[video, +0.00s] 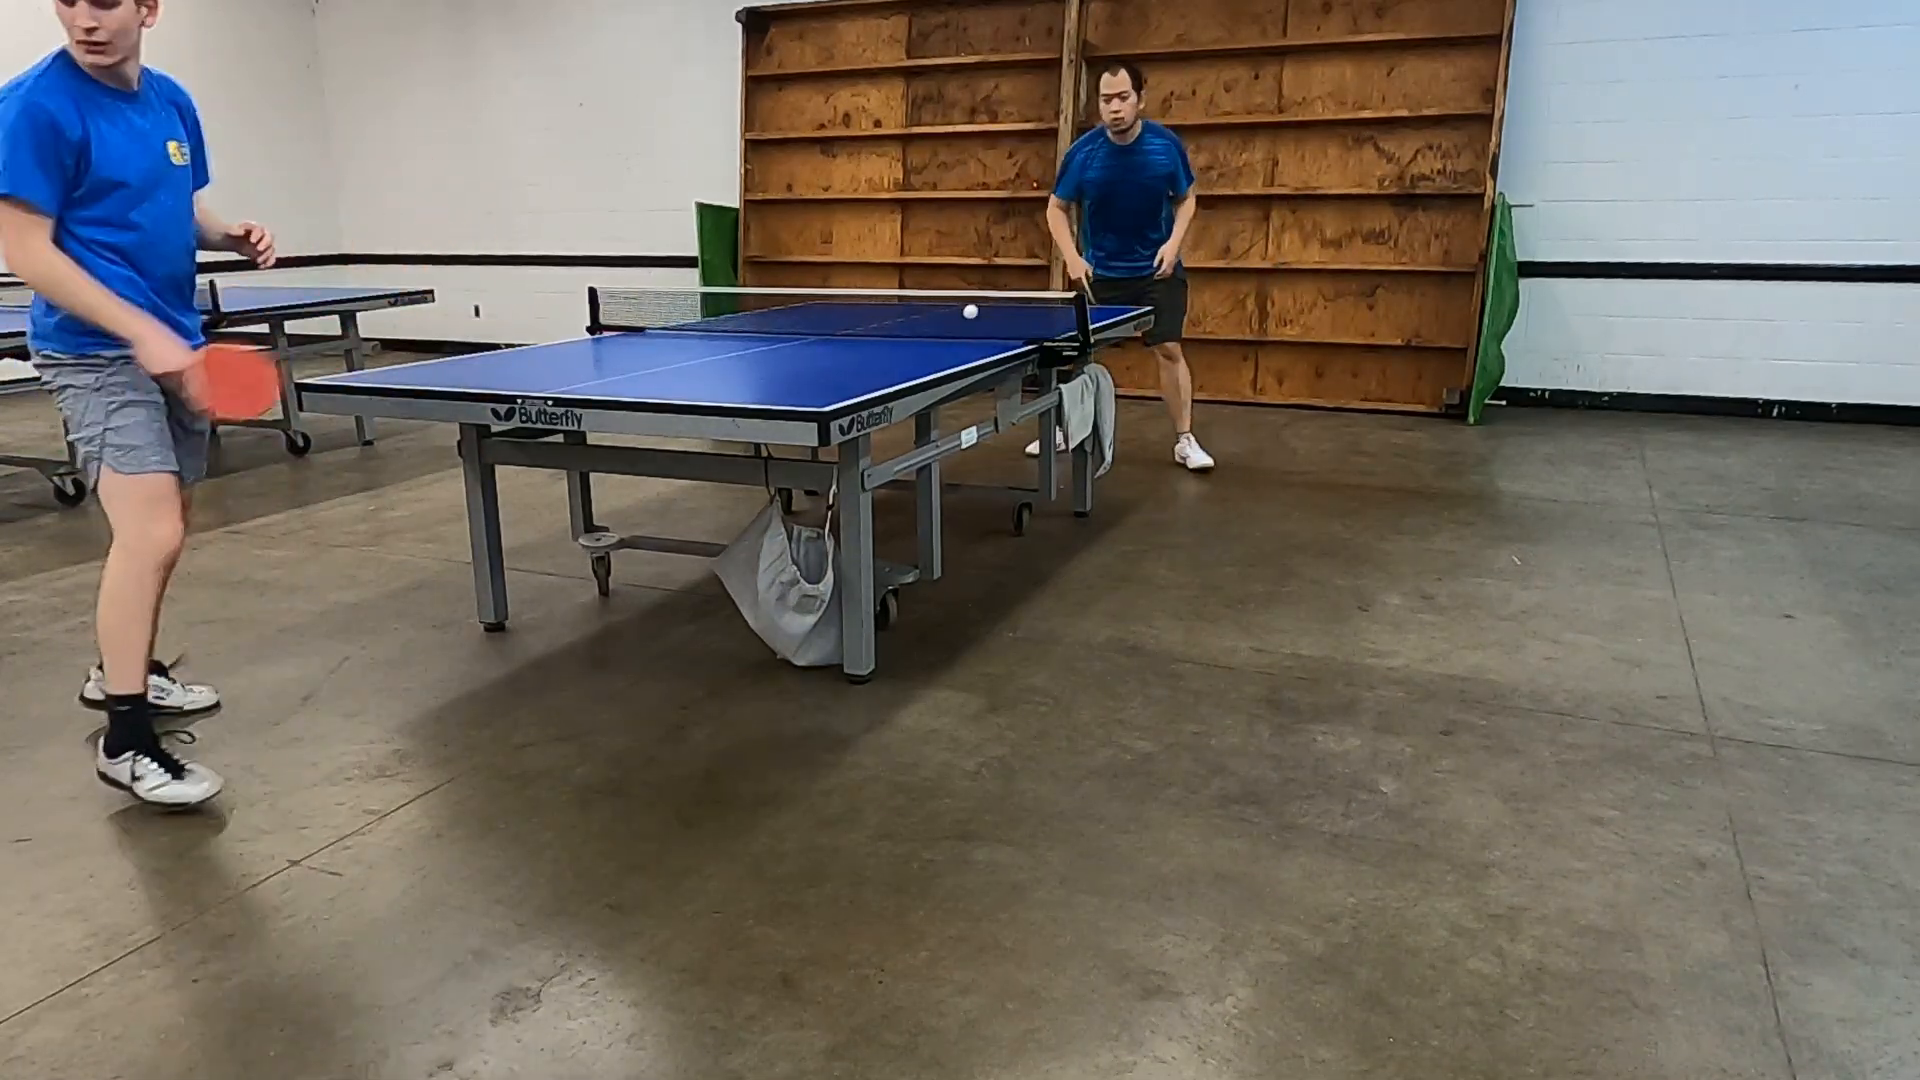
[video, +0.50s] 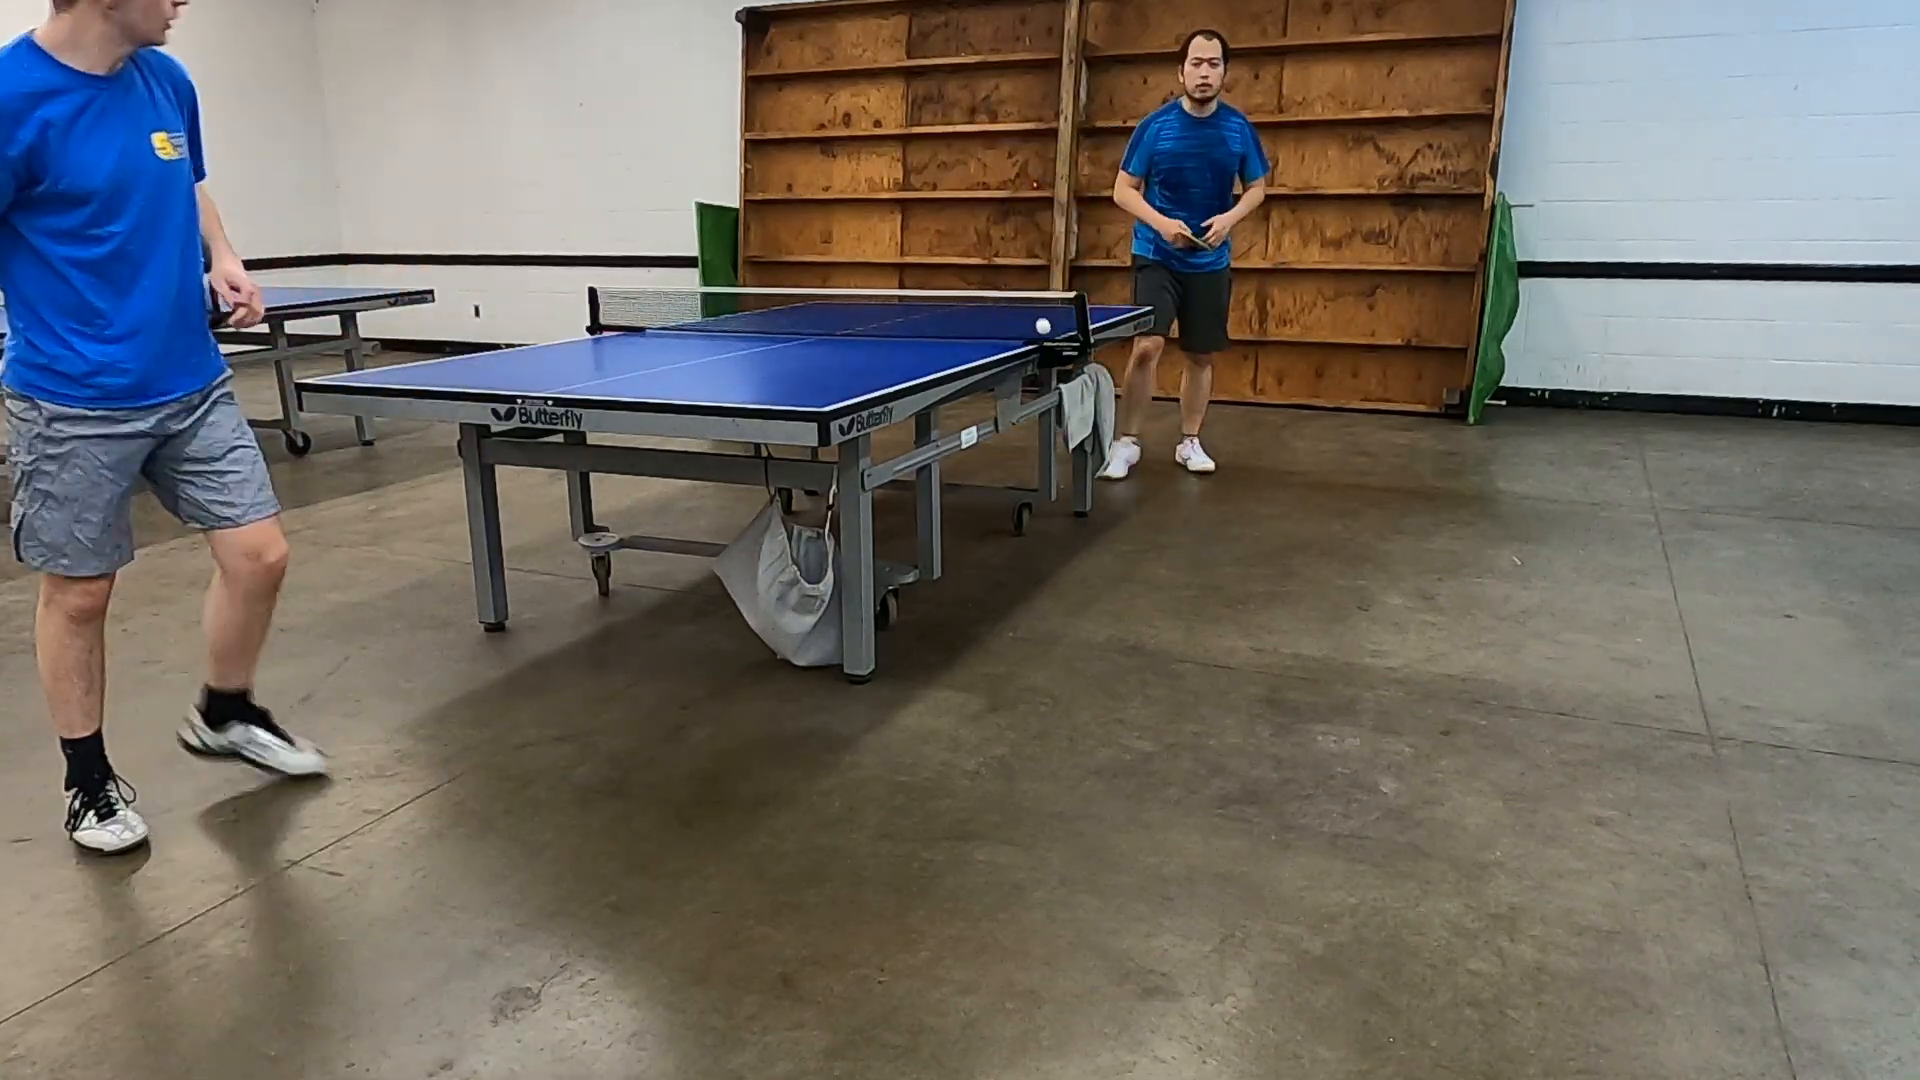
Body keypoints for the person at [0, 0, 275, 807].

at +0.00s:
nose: (85, 19)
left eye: (106, 2)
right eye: (70, 3)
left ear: (148, 10)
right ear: (55, 9)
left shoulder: (172, 102)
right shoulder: (37, 106)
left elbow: (177, 211)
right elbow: (23, 248)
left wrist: (229, 232)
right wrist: (142, 328)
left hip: (170, 342)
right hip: (93, 351)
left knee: (160, 526)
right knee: (150, 534)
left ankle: (126, 670)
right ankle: (126, 743)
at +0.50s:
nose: (178, 7)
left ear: (124, 1)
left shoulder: (165, 78)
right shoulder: (13, 94)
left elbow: (189, 183)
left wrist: (223, 256)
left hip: (188, 379)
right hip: (71, 398)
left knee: (259, 555)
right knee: (78, 594)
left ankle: (225, 712)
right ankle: (88, 784)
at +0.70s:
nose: (270, 10)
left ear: (204, 6)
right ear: (194, 1)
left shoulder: (234, 95)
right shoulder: (83, 105)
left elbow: (228, 226)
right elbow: (31, 274)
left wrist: (288, 286)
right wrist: (49, 427)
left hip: (250, 408)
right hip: (132, 425)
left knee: (289, 593)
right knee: (105, 607)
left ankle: (335, 805)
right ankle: (88, 782)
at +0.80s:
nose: (328, 5)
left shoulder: (281, 92)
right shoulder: (140, 88)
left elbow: (284, 231)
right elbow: (95, 266)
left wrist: (360, 272)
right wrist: (156, 408)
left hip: (304, 404)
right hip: (194, 421)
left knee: (333, 595)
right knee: (175, 621)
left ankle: (341, 810)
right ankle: (90, 753)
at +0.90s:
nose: (375, 6)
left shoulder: (324, 85)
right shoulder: (191, 78)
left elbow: (351, 223)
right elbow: (157, 258)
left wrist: (436, 208)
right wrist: (246, 385)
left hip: (351, 397)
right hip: (255, 405)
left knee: (355, 601)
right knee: (292, 618)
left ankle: (343, 809)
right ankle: (154, 740)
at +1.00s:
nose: (426, 10)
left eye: (428, 0)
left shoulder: (361, 77)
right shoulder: (251, 68)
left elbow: (434, 207)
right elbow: (217, 249)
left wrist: (479, 119)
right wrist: (312, 381)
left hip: (381, 385)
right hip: (308, 393)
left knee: (356, 599)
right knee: (403, 603)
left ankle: (347, 809)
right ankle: (273, 791)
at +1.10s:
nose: (490, 20)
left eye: (493, 10)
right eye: (486, 4)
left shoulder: (413, 82)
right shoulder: (321, 68)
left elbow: (514, 185)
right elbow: (283, 254)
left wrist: (522, 67)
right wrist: (369, 395)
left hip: (424, 388)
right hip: (377, 395)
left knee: (388, 599)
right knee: (482, 605)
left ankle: (346, 813)